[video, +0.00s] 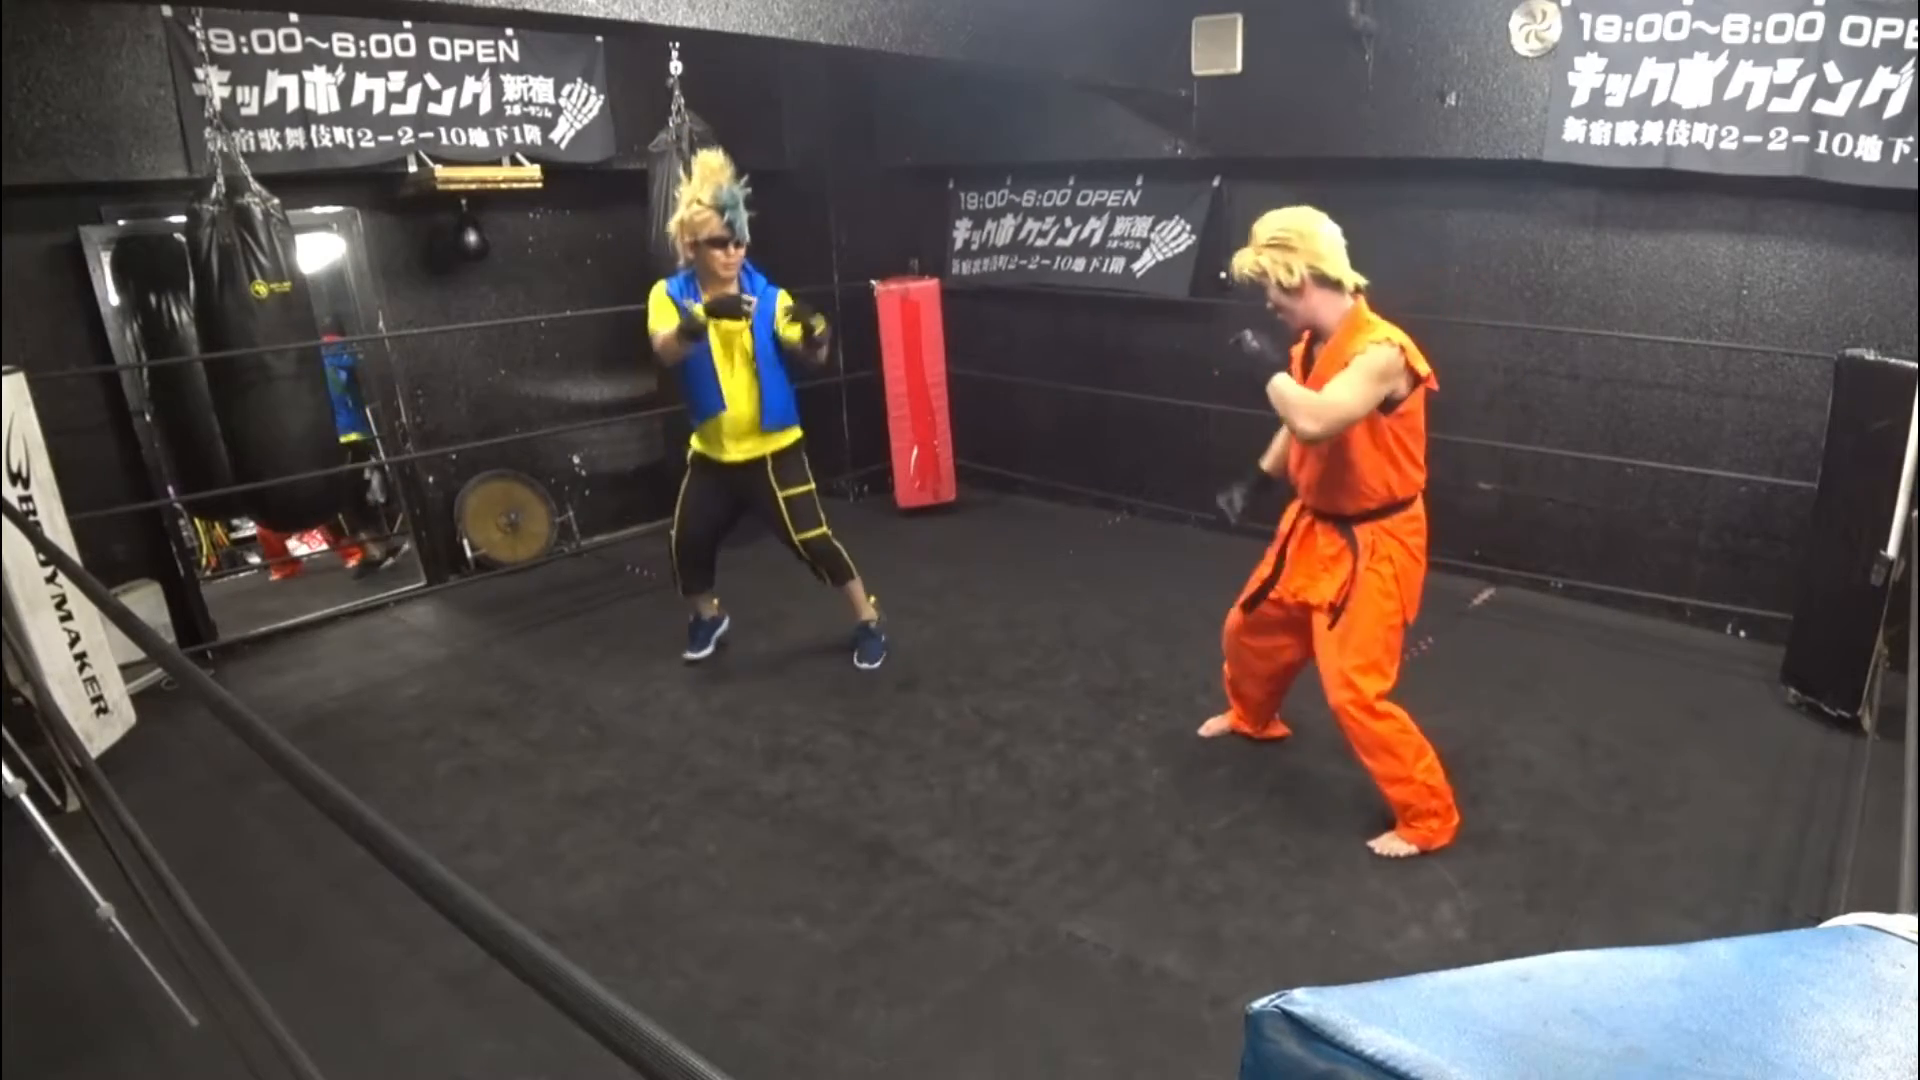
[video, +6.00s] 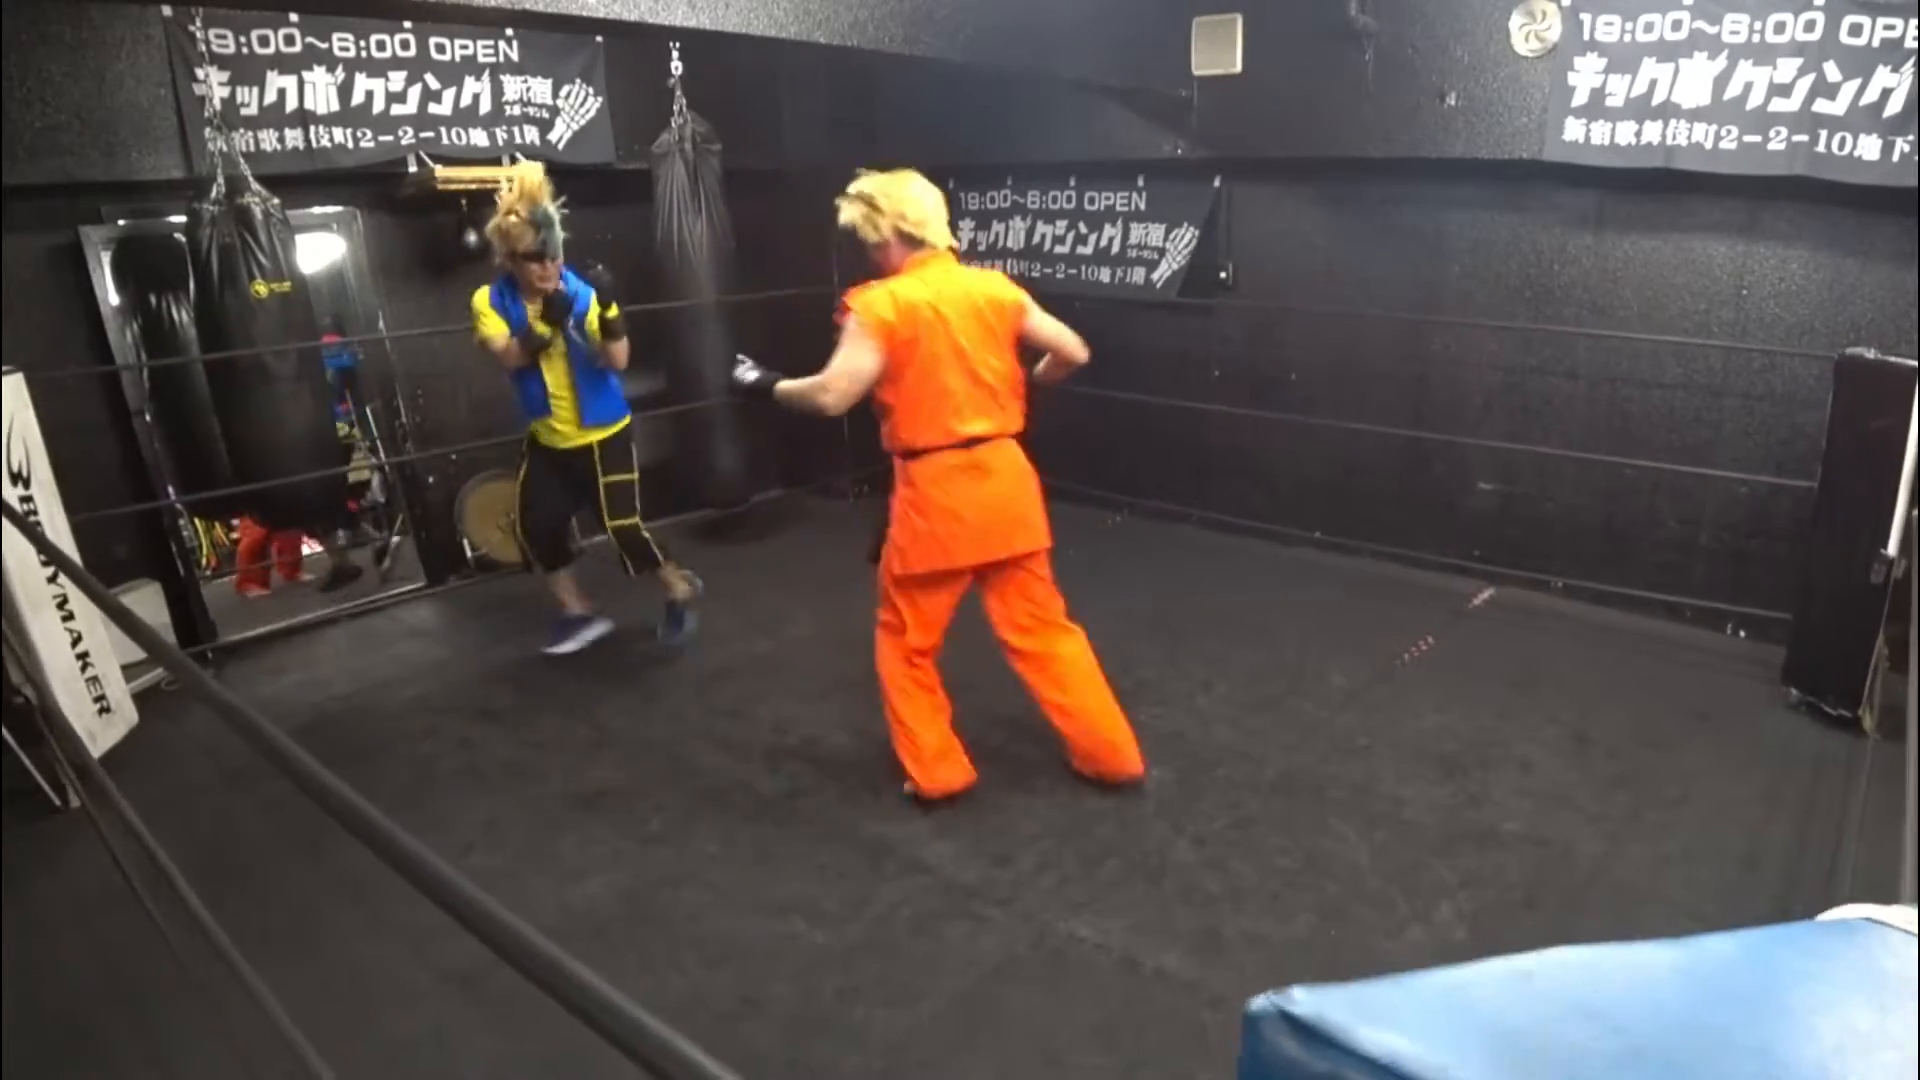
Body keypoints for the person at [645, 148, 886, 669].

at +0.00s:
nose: (731, 256)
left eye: (737, 244)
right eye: (718, 246)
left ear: (745, 247)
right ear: (691, 249)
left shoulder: (767, 295)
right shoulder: (669, 296)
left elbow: (810, 358)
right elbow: (664, 352)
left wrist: (818, 339)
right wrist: (700, 320)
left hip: (776, 444)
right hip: (713, 451)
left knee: (811, 539)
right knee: (687, 544)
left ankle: (867, 618)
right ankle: (708, 616)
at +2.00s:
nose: (756, 383)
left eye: (758, 373)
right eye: (747, 375)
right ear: (715, 377)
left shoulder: (727, 404)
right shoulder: (681, 412)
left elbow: (728, 452)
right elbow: (716, 481)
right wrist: (743, 438)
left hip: (668, 465)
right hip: (617, 468)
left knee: (724, 524)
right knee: (662, 542)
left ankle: (738, 613)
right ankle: (673, 636)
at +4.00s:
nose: (506, 335)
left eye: (510, 325)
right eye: (493, 328)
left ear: (520, 325)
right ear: (473, 336)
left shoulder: (537, 361)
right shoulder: (470, 379)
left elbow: (583, 391)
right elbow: (447, 428)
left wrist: (556, 336)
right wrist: (447, 389)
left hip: (575, 486)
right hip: (522, 497)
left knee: (595, 554)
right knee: (481, 570)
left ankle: (665, 631)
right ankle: (504, 611)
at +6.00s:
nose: (545, 269)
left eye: (551, 257)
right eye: (534, 260)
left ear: (560, 253)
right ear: (511, 261)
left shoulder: (585, 291)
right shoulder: (491, 301)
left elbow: (619, 358)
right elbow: (511, 358)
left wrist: (603, 310)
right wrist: (545, 322)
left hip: (604, 430)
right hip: (549, 437)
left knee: (624, 529)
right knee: (537, 528)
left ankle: (679, 589)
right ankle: (578, 612)